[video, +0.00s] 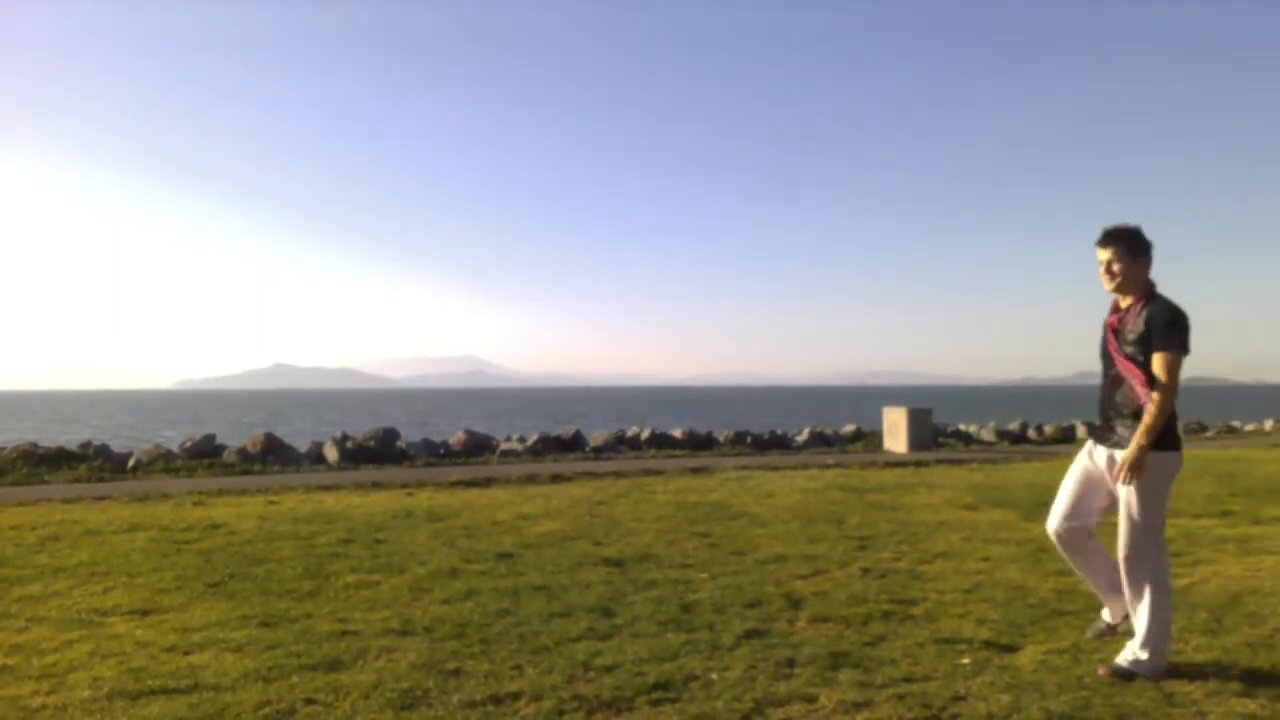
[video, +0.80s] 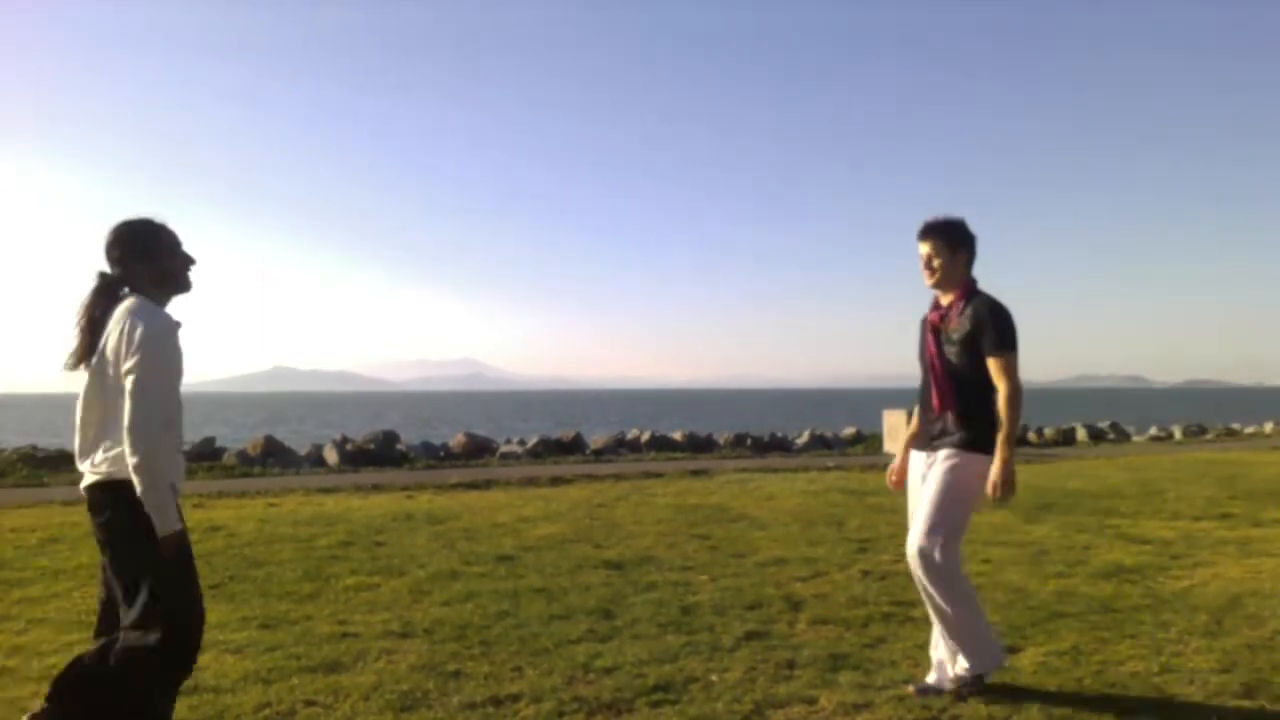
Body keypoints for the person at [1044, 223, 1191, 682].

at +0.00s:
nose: (1106, 271)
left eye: (1115, 263)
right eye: (1102, 264)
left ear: (1143, 262)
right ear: (1101, 268)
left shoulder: (1164, 316)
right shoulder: (1116, 314)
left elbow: (1165, 391)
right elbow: (1120, 380)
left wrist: (1137, 447)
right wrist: (1106, 432)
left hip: (1146, 450)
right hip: (1103, 443)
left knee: (1140, 553)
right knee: (1064, 526)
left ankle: (1148, 653)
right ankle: (1120, 605)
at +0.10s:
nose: (1090, 269)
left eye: (1098, 260)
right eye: (1085, 263)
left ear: (1126, 260)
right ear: (1084, 267)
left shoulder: (1146, 312)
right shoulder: (1100, 313)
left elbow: (1139, 383)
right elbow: (1108, 379)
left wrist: (1088, 430)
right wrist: (1091, 429)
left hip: (1130, 448)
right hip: (1089, 442)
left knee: (1133, 552)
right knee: (1040, 527)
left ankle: (1146, 654)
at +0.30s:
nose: (1047, 277)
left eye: (1056, 269)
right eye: (1043, 270)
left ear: (1084, 270)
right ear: (1043, 276)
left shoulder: (1103, 322)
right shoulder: (1056, 325)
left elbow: (1086, 388)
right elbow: (1064, 389)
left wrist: (1021, 416)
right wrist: (1036, 428)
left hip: (1092, 461)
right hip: (1046, 458)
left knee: (1106, 563)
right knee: (1012, 555)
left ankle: (1141, 656)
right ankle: (970, 652)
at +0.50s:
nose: (985, 276)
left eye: (994, 267)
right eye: (981, 269)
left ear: (1023, 269)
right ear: (983, 274)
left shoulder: (1043, 322)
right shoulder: (997, 323)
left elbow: (1034, 394)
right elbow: (1008, 390)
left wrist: (983, 444)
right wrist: (1004, 442)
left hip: (1040, 462)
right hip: (995, 458)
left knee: (1056, 559)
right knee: (968, 557)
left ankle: (1122, 644)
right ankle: (957, 669)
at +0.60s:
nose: (959, 271)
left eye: (967, 264)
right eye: (956, 265)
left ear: (996, 265)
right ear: (959, 270)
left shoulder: (1016, 317)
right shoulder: (973, 317)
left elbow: (1015, 397)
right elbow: (981, 389)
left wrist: (990, 456)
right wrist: (972, 445)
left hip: (1010, 458)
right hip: (969, 453)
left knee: (1011, 566)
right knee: (950, 562)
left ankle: (1091, 625)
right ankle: (954, 671)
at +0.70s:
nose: (940, 267)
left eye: (948, 259)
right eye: (937, 260)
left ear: (977, 259)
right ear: (939, 264)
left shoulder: (1000, 312)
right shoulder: (952, 314)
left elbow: (1010, 389)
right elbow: (957, 385)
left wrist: (999, 457)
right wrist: (942, 443)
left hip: (983, 450)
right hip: (943, 449)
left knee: (963, 554)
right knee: (935, 557)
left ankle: (1043, 625)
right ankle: (955, 669)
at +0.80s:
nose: (927, 266)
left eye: (936, 258)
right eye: (922, 259)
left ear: (964, 258)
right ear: (921, 264)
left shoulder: (987, 313)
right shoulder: (931, 320)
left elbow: (1008, 387)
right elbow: (931, 398)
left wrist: (1003, 457)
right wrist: (905, 448)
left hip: (965, 449)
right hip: (926, 447)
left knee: (926, 548)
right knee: (926, 555)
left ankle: (980, 654)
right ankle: (946, 666)